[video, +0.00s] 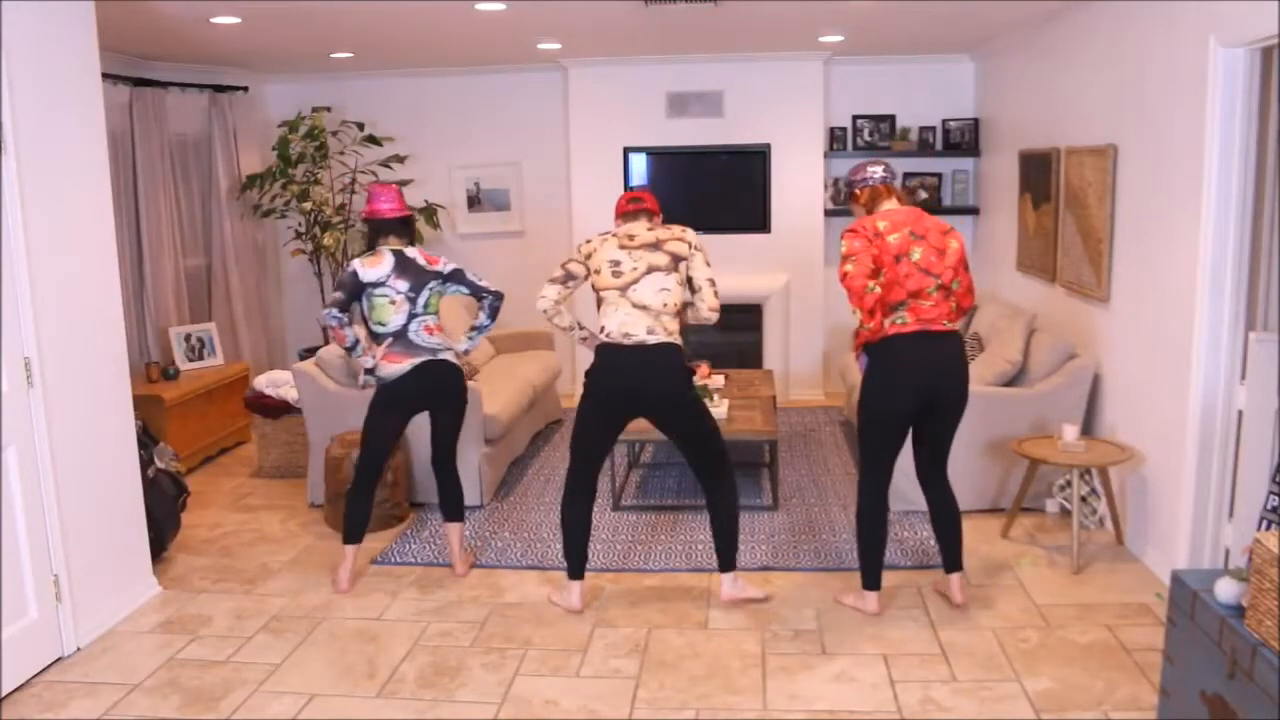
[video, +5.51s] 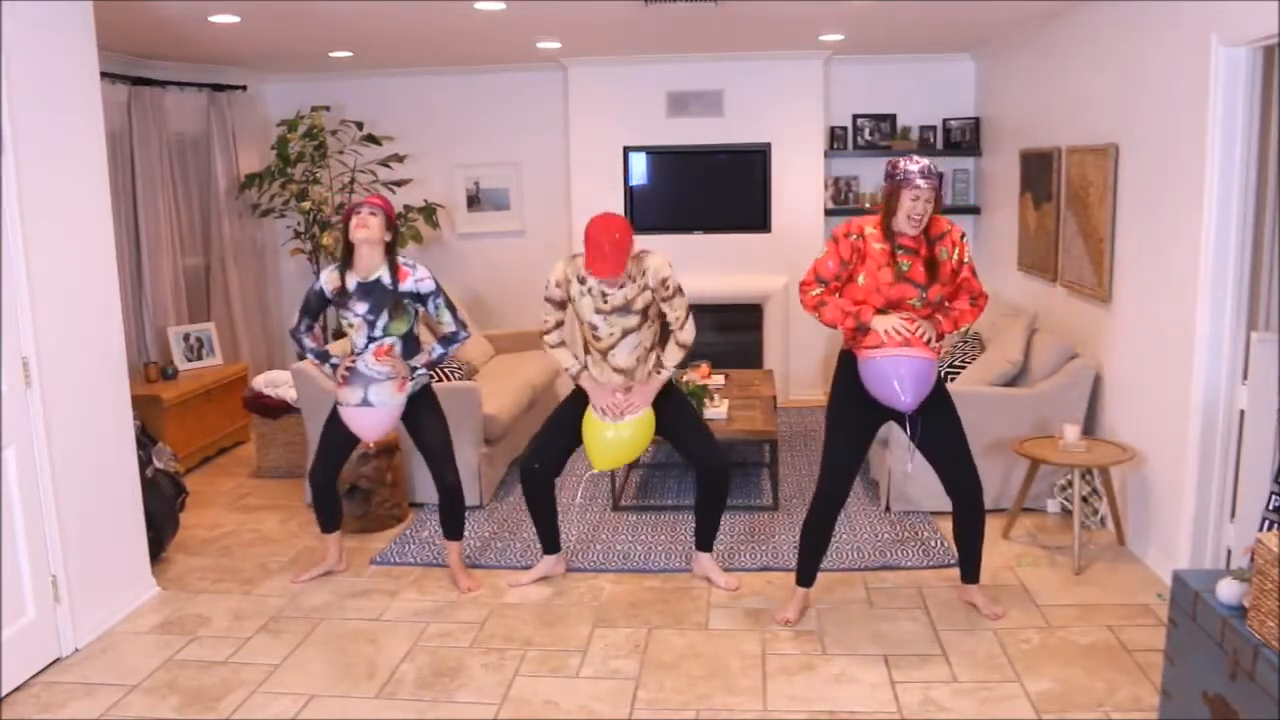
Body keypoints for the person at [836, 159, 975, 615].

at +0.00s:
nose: (854, 208)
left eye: (853, 201)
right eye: (853, 202)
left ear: (862, 197)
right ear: (895, 191)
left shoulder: (861, 234)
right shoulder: (944, 230)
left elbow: (866, 298)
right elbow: (965, 300)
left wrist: (864, 342)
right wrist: (935, 335)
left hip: (896, 360)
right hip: (949, 359)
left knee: (874, 477)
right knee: (934, 470)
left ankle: (870, 592)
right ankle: (956, 580)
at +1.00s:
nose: (832, 232)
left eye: (829, 223)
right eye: (826, 225)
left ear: (845, 207)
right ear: (853, 202)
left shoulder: (873, 233)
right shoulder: (910, 222)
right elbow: (934, 270)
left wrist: (841, 330)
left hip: (906, 357)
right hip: (940, 352)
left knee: (875, 471)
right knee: (912, 467)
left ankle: (884, 585)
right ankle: (930, 570)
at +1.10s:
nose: (829, 236)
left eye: (827, 228)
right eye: (823, 231)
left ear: (843, 212)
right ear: (842, 211)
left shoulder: (879, 235)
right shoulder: (892, 225)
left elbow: (912, 287)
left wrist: (882, 332)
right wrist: (841, 329)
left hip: (909, 359)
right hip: (926, 355)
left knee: (877, 471)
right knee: (895, 467)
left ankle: (884, 586)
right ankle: (928, 566)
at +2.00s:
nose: (858, 211)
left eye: (866, 200)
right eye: (849, 202)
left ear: (883, 192)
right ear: (839, 199)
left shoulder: (921, 230)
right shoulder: (832, 230)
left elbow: (939, 299)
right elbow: (814, 286)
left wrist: (880, 320)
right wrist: (818, 314)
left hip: (907, 359)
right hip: (853, 358)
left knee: (893, 470)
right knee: (857, 468)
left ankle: (898, 581)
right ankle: (861, 565)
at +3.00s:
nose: (896, 190)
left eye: (903, 183)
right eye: (885, 184)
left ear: (916, 197)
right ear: (871, 201)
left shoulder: (940, 247)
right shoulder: (850, 253)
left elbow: (954, 309)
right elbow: (823, 320)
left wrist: (936, 335)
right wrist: (871, 360)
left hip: (924, 376)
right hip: (861, 377)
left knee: (960, 491)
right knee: (850, 488)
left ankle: (958, 583)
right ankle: (824, 574)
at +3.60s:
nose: (960, 173)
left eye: (967, 166)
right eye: (949, 167)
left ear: (979, 179)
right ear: (933, 182)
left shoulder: (1000, 234)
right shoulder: (907, 235)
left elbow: (1022, 289)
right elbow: (877, 301)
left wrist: (997, 331)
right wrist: (918, 345)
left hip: (972, 367)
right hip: (909, 363)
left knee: (972, 484)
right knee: (873, 468)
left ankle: (959, 580)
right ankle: (823, 561)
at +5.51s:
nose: (920, 208)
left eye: (928, 200)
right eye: (912, 198)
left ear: (936, 202)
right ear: (890, 195)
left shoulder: (948, 238)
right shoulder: (856, 235)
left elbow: (973, 298)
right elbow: (812, 290)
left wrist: (938, 324)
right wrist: (868, 318)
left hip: (922, 370)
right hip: (861, 368)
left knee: (967, 487)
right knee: (832, 486)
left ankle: (971, 584)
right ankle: (801, 591)